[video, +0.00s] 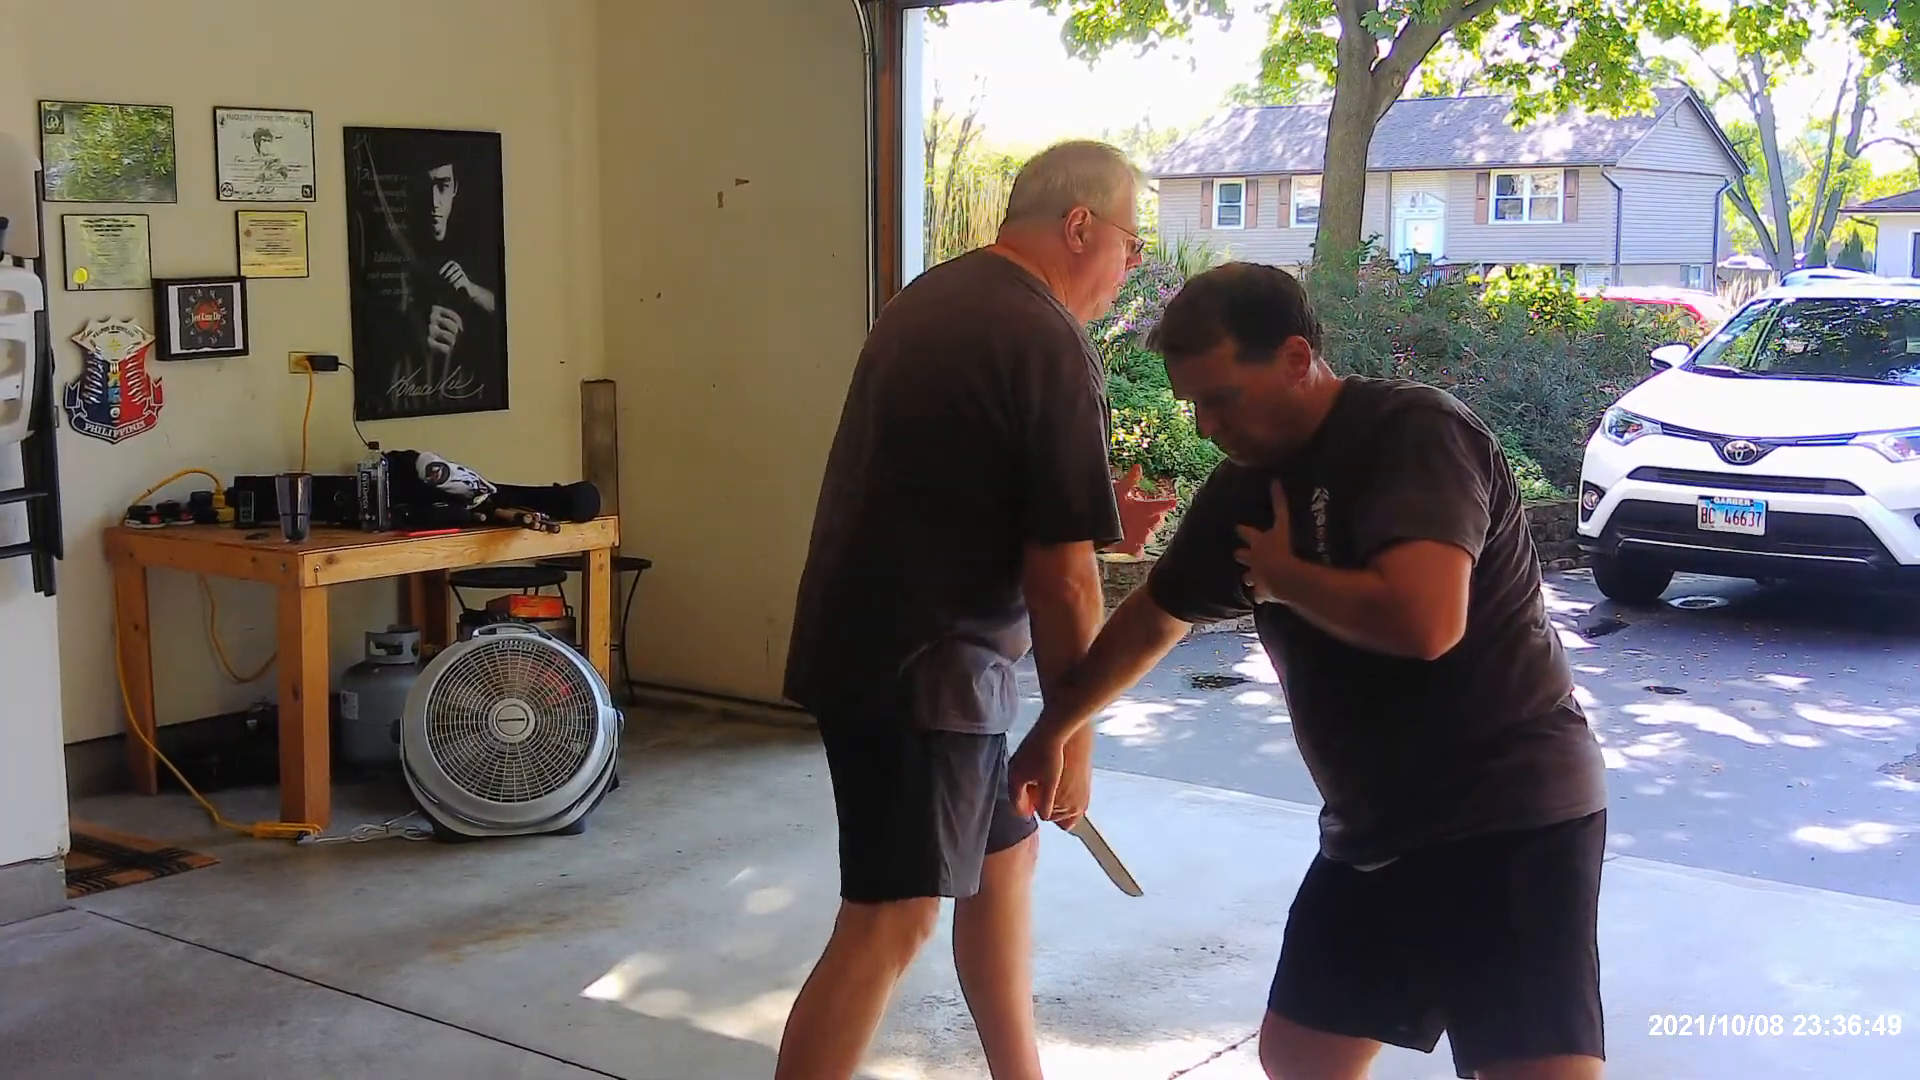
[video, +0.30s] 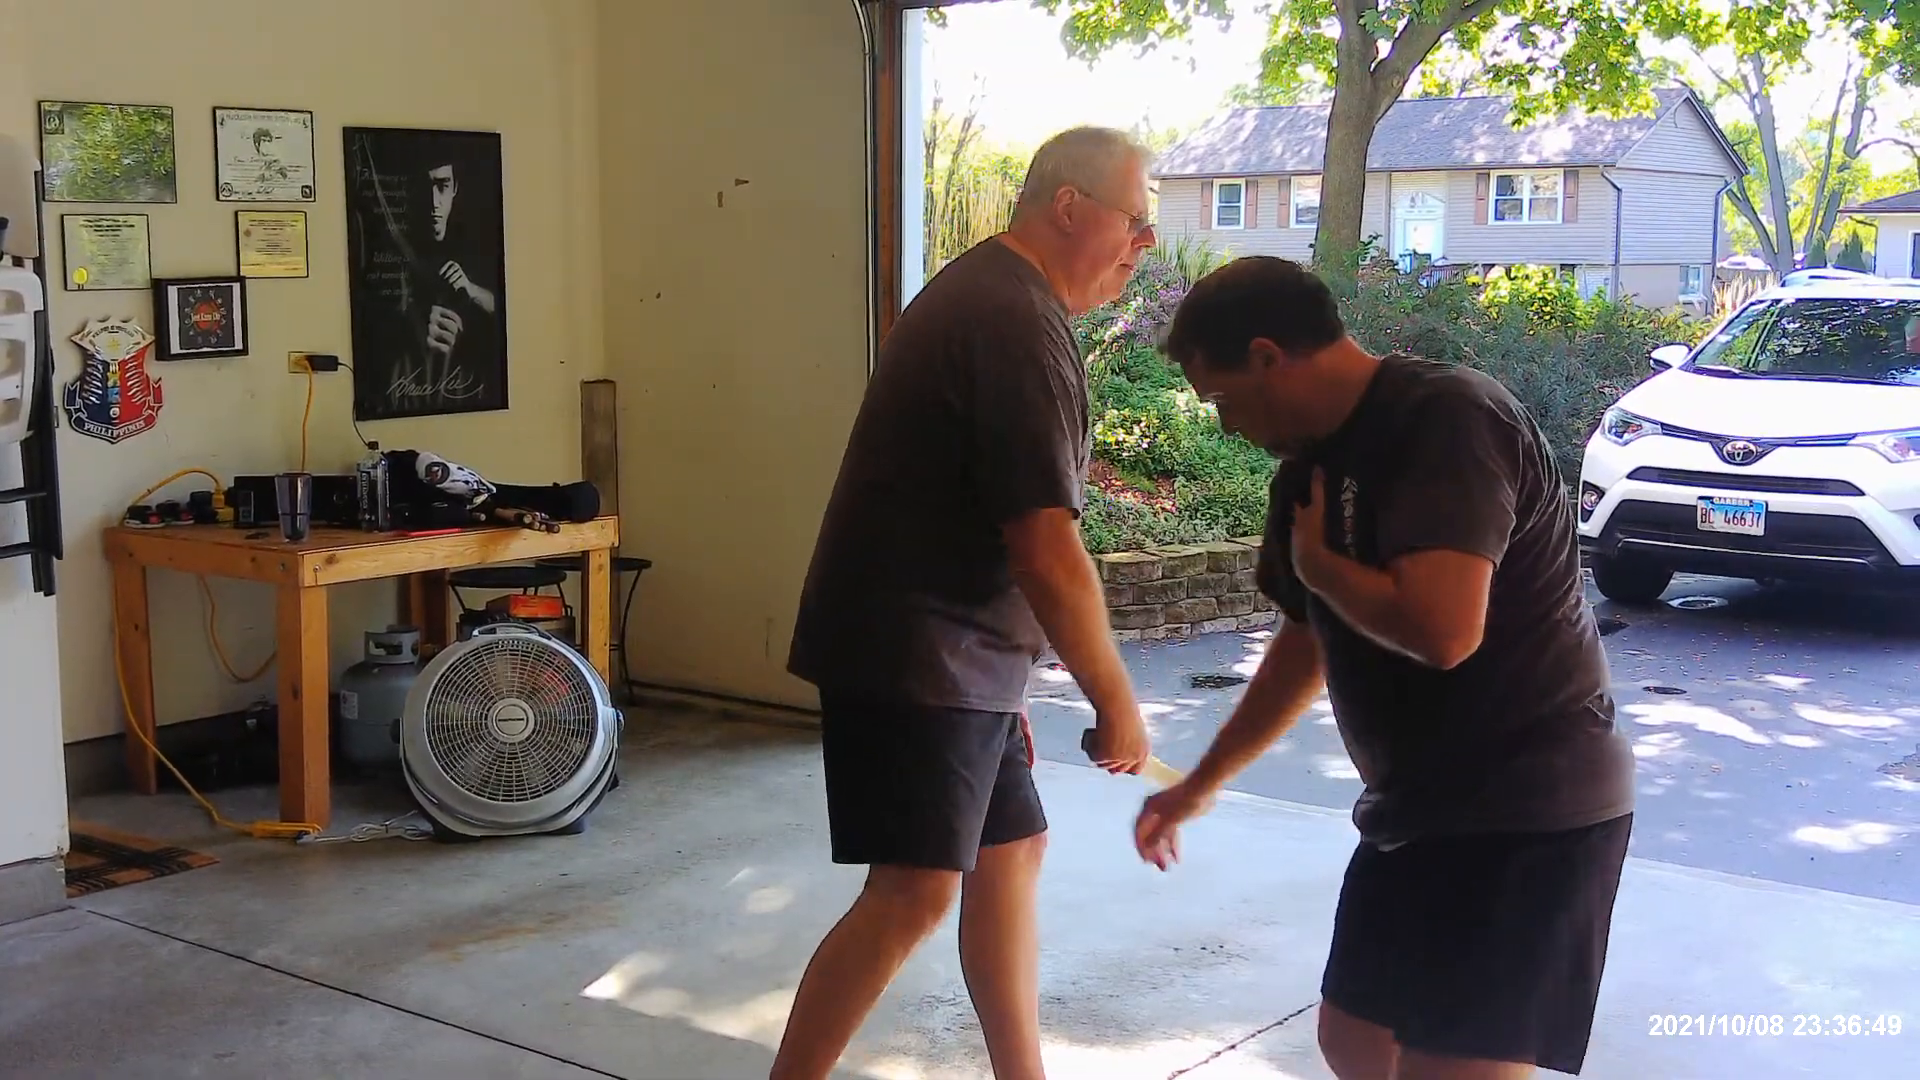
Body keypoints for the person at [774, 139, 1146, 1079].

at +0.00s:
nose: (1127, 273)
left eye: (1132, 251)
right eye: (1128, 247)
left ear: (1046, 221)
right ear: (1079, 226)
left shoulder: (932, 295)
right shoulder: (1043, 339)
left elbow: (941, 496)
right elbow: (1061, 573)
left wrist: (1087, 517)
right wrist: (1073, 732)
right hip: (925, 662)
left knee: (1005, 848)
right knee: (887, 921)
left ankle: (1019, 1069)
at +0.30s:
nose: (1142, 244)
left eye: (1145, 225)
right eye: (1133, 222)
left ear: (1060, 212)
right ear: (1067, 209)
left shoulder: (995, 292)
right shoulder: (1012, 317)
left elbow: (959, 515)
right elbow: (1045, 548)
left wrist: (1006, 672)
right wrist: (1117, 704)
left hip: (961, 642)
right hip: (912, 646)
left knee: (1008, 848)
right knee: (914, 889)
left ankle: (1021, 1071)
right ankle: (792, 1072)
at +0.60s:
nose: (1034, 210)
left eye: (1040, 193)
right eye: (1017, 190)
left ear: (1026, 200)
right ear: (948, 188)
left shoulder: (988, 313)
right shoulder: (904, 310)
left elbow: (1024, 497)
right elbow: (950, 513)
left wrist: (1056, 638)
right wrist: (1066, 641)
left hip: (958, 652)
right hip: (862, 658)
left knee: (997, 843)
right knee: (860, 867)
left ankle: (1020, 1073)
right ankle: (782, 1066)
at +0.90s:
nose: (896, 183)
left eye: (906, 165)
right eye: (871, 166)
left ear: (918, 177)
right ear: (818, 181)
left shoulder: (919, 295)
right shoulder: (778, 313)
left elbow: (966, 458)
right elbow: (759, 517)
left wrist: (1023, 605)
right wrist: (801, 689)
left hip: (914, 648)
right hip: (812, 662)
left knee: (951, 838)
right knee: (813, 851)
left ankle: (990, 1069)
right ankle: (781, 1064)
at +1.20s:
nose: (857, 183)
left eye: (868, 163)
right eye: (831, 163)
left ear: (878, 174)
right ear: (776, 175)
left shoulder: (891, 289)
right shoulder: (727, 307)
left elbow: (930, 460)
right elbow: (641, 484)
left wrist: (944, 612)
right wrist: (602, 659)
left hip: (890, 632)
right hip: (781, 646)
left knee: (931, 825)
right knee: (803, 842)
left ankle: (887, 1056)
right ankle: (781, 1065)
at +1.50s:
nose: (899, 176)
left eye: (897, 159)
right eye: (878, 159)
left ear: (863, 175)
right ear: (808, 170)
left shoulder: (887, 291)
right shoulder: (725, 295)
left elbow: (934, 459)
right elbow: (653, 473)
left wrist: (962, 612)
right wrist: (673, 643)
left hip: (876, 627)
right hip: (772, 636)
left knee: (888, 823)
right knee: (797, 835)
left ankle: (840, 1049)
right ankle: (777, 1063)